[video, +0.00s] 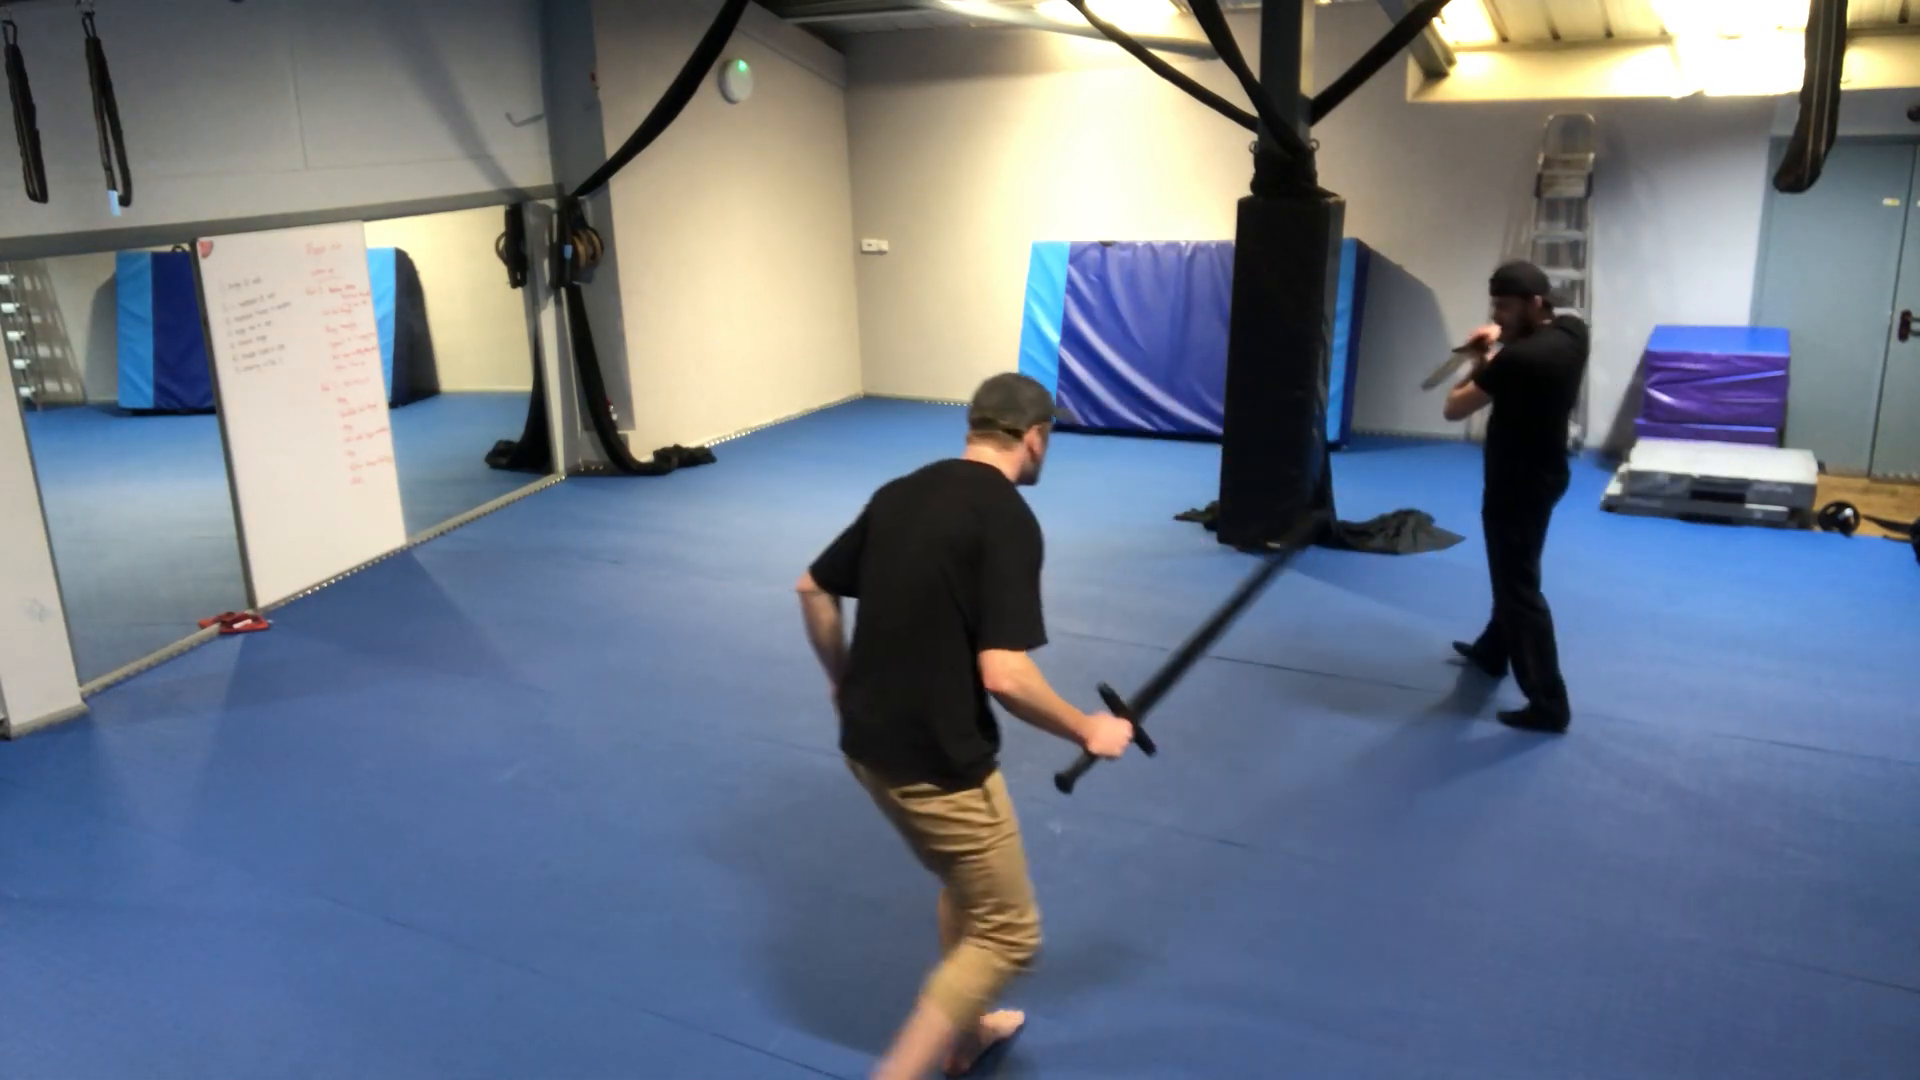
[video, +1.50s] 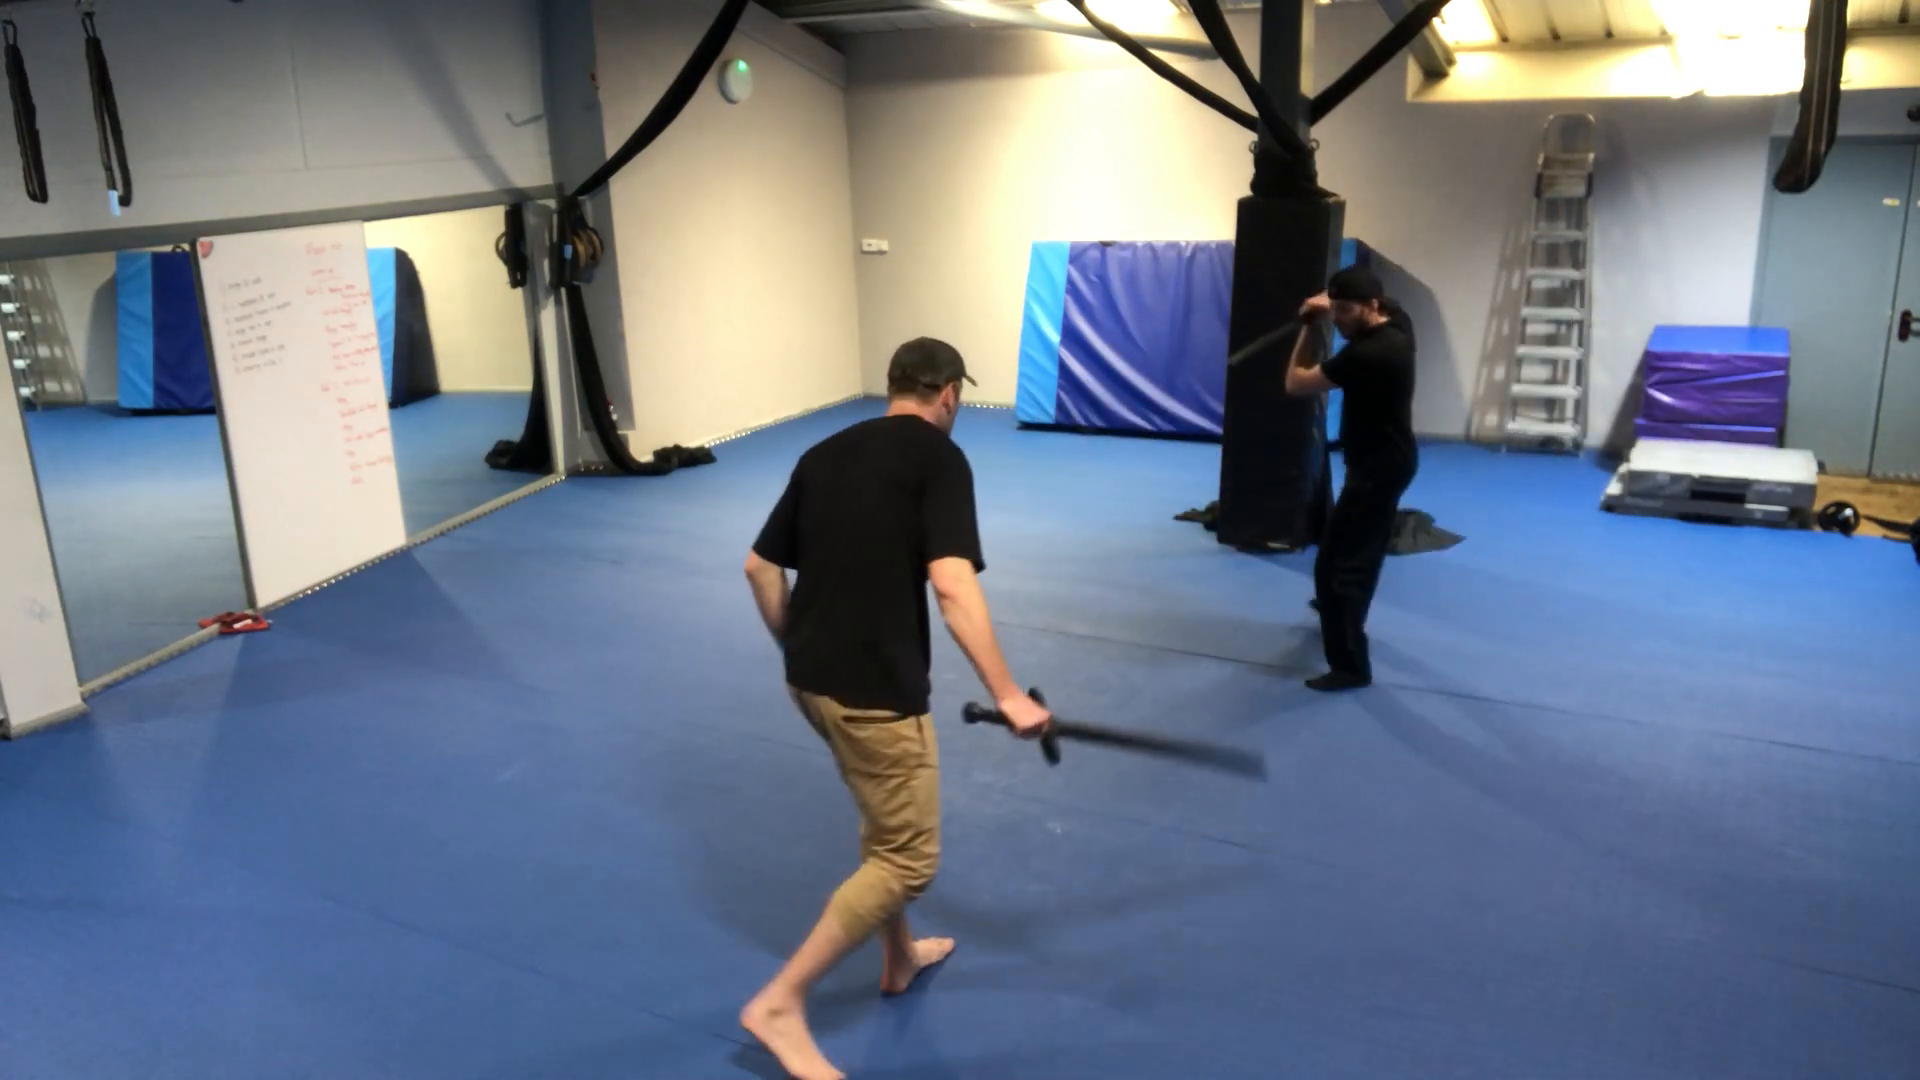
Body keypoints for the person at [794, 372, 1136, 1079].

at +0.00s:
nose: (1046, 451)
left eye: (1046, 437)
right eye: (1048, 438)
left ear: (975, 428)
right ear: (1031, 438)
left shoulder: (903, 493)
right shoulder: (1006, 518)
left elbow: (816, 587)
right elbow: (1004, 671)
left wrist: (841, 680)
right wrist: (1087, 729)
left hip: (870, 737)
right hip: (940, 757)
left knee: (961, 880)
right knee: (1005, 936)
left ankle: (956, 1033)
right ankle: (897, 1071)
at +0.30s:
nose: (990, 455)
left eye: (992, 441)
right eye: (992, 441)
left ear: (919, 429)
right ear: (974, 438)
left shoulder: (847, 490)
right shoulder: (937, 518)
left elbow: (765, 588)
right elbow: (963, 670)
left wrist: (798, 682)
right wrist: (1038, 692)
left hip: (818, 730)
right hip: (851, 757)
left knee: (933, 850)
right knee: (859, 920)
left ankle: (956, 1029)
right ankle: (738, 1018)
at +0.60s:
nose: (924, 458)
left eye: (926, 444)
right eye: (925, 444)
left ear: (856, 432)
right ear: (904, 443)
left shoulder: (787, 487)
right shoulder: (840, 526)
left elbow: (723, 575)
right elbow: (854, 680)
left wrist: (778, 656)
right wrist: (948, 727)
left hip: (820, 735)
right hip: (776, 759)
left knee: (902, 842)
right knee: (818, 915)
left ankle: (938, 1015)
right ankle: (731, 1033)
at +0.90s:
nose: (914, 439)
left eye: (916, 426)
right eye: (916, 426)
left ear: (847, 412)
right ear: (896, 424)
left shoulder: (784, 465)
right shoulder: (828, 501)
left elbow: (715, 556)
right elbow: (783, 641)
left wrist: (757, 646)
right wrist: (855, 759)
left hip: (804, 699)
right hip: (758, 732)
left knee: (881, 793)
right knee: (808, 901)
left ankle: (889, 955)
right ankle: (730, 1033)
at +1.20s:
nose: (941, 424)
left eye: (942, 411)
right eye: (943, 410)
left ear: (871, 398)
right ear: (927, 405)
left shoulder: (805, 462)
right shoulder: (897, 476)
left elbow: (731, 565)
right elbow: (859, 596)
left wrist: (756, 660)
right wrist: (897, 729)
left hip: (790, 690)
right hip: (824, 706)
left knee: (882, 815)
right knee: (829, 874)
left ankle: (896, 952)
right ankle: (735, 1025)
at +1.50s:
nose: (960, 410)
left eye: (959, 399)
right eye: (960, 399)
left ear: (890, 390)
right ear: (948, 395)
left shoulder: (826, 454)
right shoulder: (938, 458)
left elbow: (763, 565)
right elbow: (952, 584)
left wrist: (798, 644)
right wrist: (1010, 696)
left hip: (813, 679)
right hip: (878, 690)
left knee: (886, 824)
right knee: (907, 856)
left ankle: (900, 956)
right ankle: (777, 1001)